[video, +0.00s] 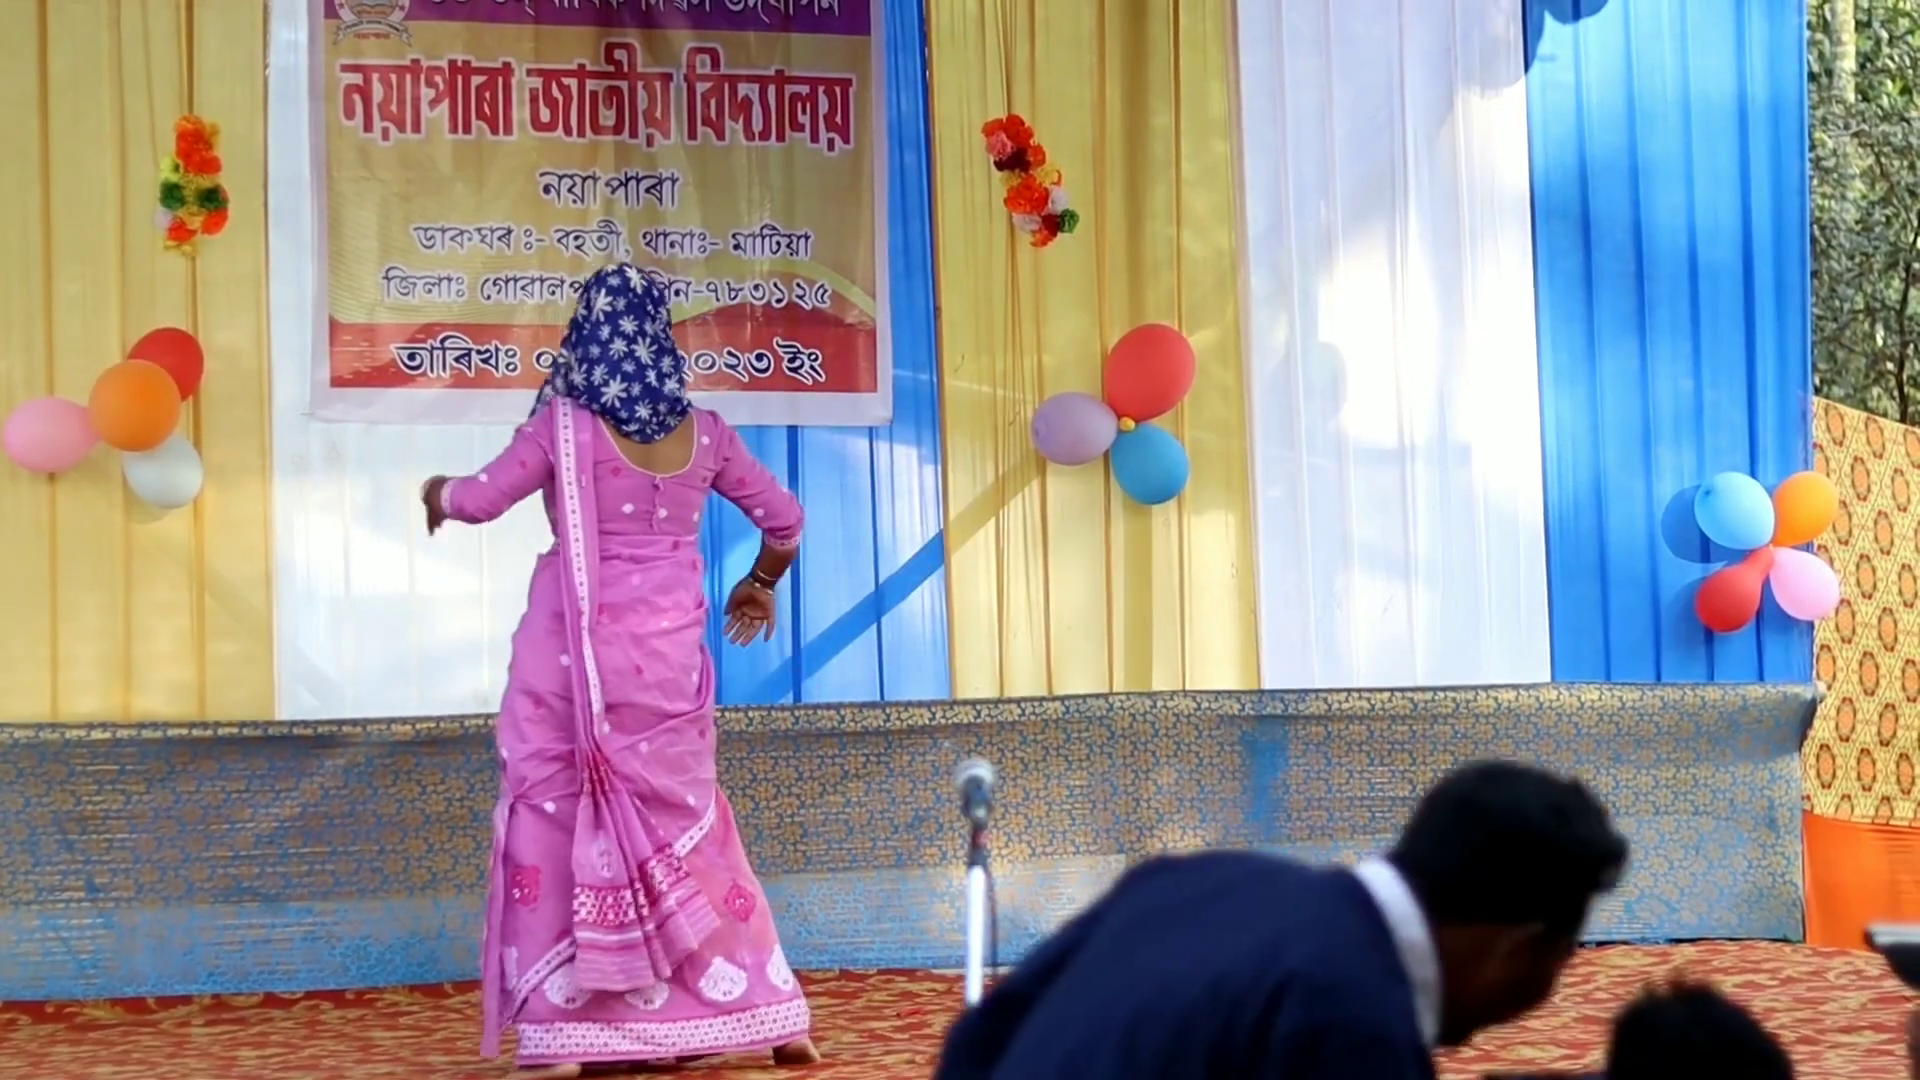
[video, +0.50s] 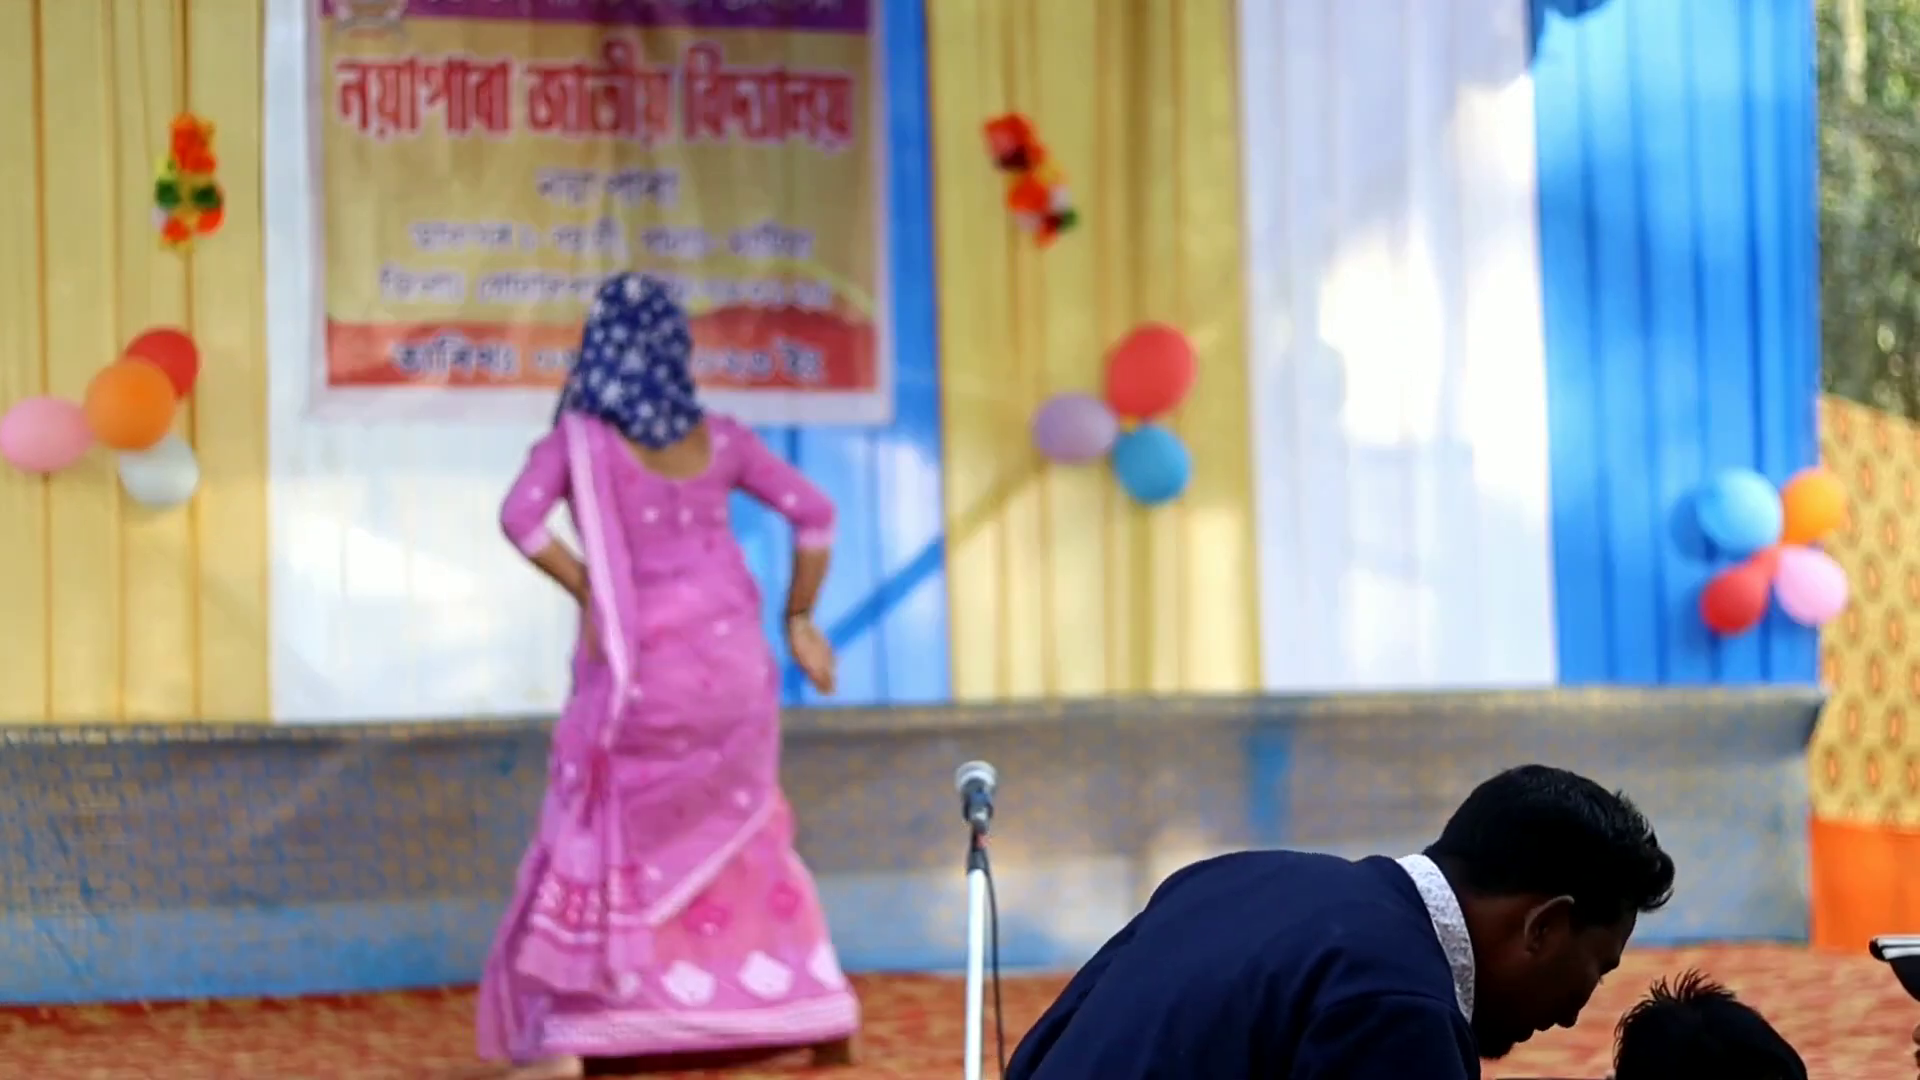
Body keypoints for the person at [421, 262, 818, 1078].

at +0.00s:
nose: (569, 342)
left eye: (576, 329)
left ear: (583, 338)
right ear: (662, 338)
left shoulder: (562, 421)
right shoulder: (701, 427)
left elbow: (482, 500)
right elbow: (785, 519)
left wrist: (440, 490)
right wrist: (762, 581)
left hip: (568, 655)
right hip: (669, 655)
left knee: (548, 821)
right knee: (696, 824)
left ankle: (554, 1023)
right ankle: (775, 1008)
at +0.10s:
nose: (549, 345)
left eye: (557, 332)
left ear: (567, 343)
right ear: (646, 343)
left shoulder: (548, 422)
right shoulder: (681, 430)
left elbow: (442, 499)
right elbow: (763, 508)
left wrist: (413, 594)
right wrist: (699, 579)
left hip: (561, 656)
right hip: (662, 658)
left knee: (547, 824)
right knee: (677, 824)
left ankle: (553, 1021)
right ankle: (765, 1005)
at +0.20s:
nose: (543, 372)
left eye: (550, 360)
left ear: (556, 373)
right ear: (637, 374)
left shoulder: (541, 462)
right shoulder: (674, 459)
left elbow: (440, 546)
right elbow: (764, 517)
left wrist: (405, 651)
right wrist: (681, 569)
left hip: (553, 691)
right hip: (660, 693)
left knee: (536, 856)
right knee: (670, 856)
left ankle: (545, 1033)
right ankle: (744, 1016)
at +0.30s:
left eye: (559, 378)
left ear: (556, 388)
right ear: (637, 386)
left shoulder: (541, 480)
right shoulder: (680, 470)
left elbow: (459, 560)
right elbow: (778, 517)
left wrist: (448, 671)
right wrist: (699, 573)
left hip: (559, 707)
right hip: (665, 708)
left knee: (537, 852)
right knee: (679, 853)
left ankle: (551, 1032)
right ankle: (737, 1014)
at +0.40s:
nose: (562, 374)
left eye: (565, 360)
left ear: (569, 369)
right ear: (651, 368)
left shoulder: (554, 457)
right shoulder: (692, 452)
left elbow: (480, 539)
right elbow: (789, 505)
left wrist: (496, 646)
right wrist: (718, 571)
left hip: (584, 683)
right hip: (686, 681)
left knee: (549, 833)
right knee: (710, 829)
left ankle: (557, 1020)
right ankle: (780, 995)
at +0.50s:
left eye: (595, 345)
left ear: (598, 351)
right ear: (680, 351)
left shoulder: (579, 438)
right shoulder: (717, 435)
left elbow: (520, 520)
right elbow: (814, 513)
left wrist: (587, 592)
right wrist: (799, 615)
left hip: (639, 672)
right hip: (737, 667)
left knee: (589, 832)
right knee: (759, 825)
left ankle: (564, 1033)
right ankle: (826, 1008)